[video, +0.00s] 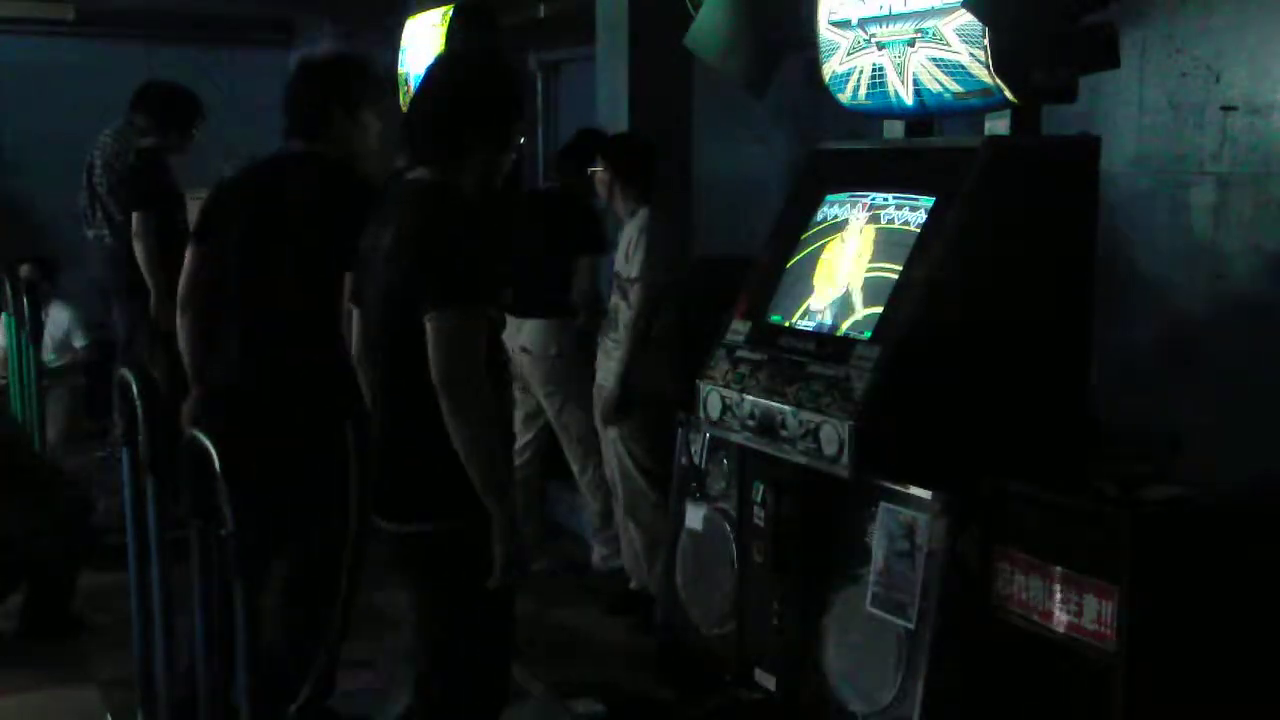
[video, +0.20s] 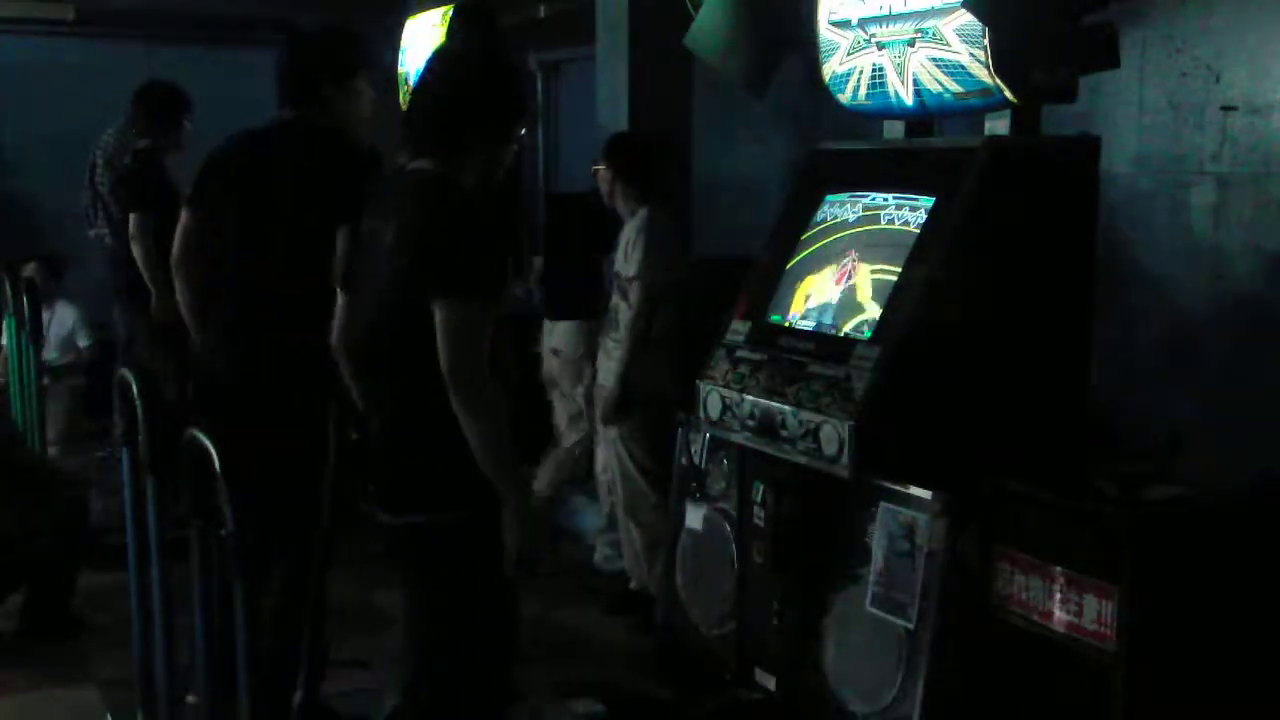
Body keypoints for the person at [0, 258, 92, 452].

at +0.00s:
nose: (26, 286)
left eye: (32, 280)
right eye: (22, 280)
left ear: (44, 283)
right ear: (17, 283)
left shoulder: (63, 314)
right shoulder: (11, 318)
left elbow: (83, 352)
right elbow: (4, 357)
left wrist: (55, 369)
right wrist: (8, 376)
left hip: (56, 381)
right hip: (22, 384)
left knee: (53, 440)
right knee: (23, 441)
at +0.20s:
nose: (30, 286)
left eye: (36, 280)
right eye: (25, 280)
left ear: (48, 282)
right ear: (20, 283)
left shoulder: (69, 314)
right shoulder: (16, 316)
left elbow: (87, 352)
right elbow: (6, 353)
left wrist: (56, 368)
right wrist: (6, 376)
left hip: (58, 381)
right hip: (23, 383)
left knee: (52, 440)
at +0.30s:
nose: (31, 285)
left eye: (37, 279)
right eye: (27, 279)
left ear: (51, 281)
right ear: (23, 281)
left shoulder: (72, 313)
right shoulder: (19, 313)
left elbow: (88, 351)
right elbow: (6, 351)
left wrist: (60, 363)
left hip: (58, 381)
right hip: (24, 381)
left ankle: (53, 444)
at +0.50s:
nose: (35, 282)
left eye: (42, 276)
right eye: (32, 276)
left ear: (56, 280)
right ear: (26, 279)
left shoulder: (74, 312)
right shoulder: (21, 314)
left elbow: (91, 353)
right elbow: (6, 353)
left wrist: (63, 347)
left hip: (64, 384)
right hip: (27, 386)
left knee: (54, 438)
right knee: (25, 440)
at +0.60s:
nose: (35, 283)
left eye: (41, 277)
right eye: (31, 277)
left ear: (55, 281)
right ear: (26, 280)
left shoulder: (72, 311)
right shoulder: (20, 315)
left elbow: (89, 349)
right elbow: (6, 353)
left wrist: (70, 327)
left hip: (63, 385)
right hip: (28, 386)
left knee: (55, 439)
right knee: (28, 440)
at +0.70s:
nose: (36, 284)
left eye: (43, 277)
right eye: (33, 277)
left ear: (57, 282)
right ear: (28, 280)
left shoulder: (73, 310)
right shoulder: (26, 313)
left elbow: (89, 345)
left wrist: (67, 310)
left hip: (64, 385)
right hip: (31, 386)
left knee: (56, 439)